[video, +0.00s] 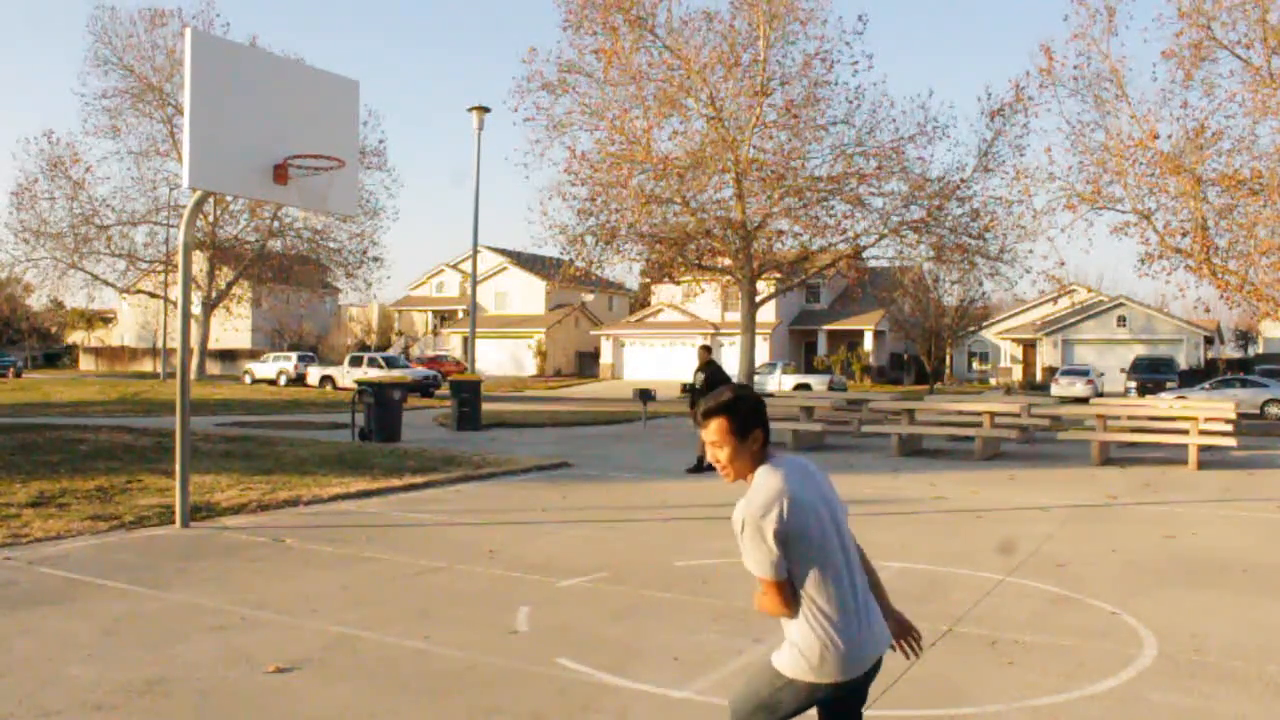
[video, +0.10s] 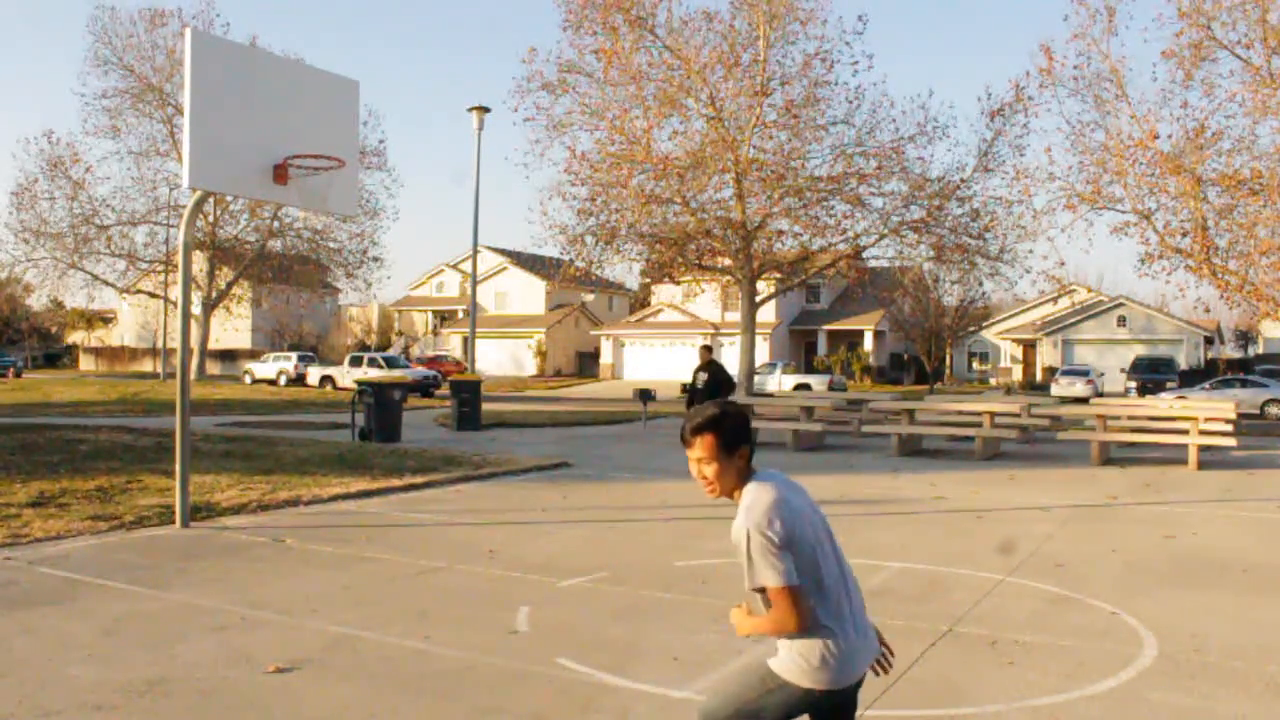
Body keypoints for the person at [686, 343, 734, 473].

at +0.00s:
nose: (699, 356)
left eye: (701, 353)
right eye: (699, 353)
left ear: (706, 354)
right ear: (708, 354)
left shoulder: (702, 370)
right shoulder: (717, 367)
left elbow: (697, 390)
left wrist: (692, 406)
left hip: (707, 407)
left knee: (703, 435)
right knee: (714, 436)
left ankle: (700, 461)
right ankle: (713, 461)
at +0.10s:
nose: (701, 355)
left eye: (703, 353)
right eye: (700, 353)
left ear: (709, 354)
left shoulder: (717, 368)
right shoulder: (698, 369)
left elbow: (730, 384)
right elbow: (694, 387)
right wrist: (690, 404)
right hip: (699, 404)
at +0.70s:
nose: (704, 357)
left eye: (706, 354)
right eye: (703, 354)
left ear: (712, 353)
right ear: (705, 355)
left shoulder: (723, 368)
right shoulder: (703, 369)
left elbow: (735, 385)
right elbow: (691, 378)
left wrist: (728, 400)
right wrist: (694, 367)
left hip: (719, 406)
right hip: (706, 407)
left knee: (722, 437)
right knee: (710, 437)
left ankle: (729, 464)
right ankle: (713, 463)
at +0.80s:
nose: (706, 357)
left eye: (707, 354)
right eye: (705, 354)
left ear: (714, 354)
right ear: (707, 354)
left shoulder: (725, 368)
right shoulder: (706, 369)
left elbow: (736, 386)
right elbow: (693, 377)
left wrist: (729, 401)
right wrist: (696, 366)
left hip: (720, 407)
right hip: (707, 407)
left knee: (723, 437)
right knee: (711, 438)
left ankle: (729, 464)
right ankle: (713, 463)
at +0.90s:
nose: (708, 357)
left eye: (710, 354)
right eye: (708, 354)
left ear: (717, 354)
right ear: (708, 355)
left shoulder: (727, 369)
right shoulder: (706, 370)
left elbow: (737, 386)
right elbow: (694, 381)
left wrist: (731, 401)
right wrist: (698, 370)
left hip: (722, 407)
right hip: (708, 407)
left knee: (723, 437)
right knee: (712, 438)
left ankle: (729, 464)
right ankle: (713, 462)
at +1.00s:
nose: (710, 357)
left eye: (712, 354)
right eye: (709, 353)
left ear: (719, 355)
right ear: (711, 355)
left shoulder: (731, 370)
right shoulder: (707, 370)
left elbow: (738, 388)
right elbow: (700, 385)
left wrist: (732, 403)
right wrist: (689, 388)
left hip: (724, 408)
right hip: (709, 407)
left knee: (725, 438)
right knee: (712, 438)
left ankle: (729, 464)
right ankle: (713, 462)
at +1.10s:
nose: (711, 356)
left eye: (713, 353)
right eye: (711, 353)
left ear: (719, 354)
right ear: (716, 354)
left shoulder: (733, 371)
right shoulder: (710, 369)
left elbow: (739, 389)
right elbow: (703, 386)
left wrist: (736, 405)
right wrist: (697, 399)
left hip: (726, 408)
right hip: (711, 407)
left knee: (727, 438)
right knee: (712, 438)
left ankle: (730, 465)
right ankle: (713, 462)